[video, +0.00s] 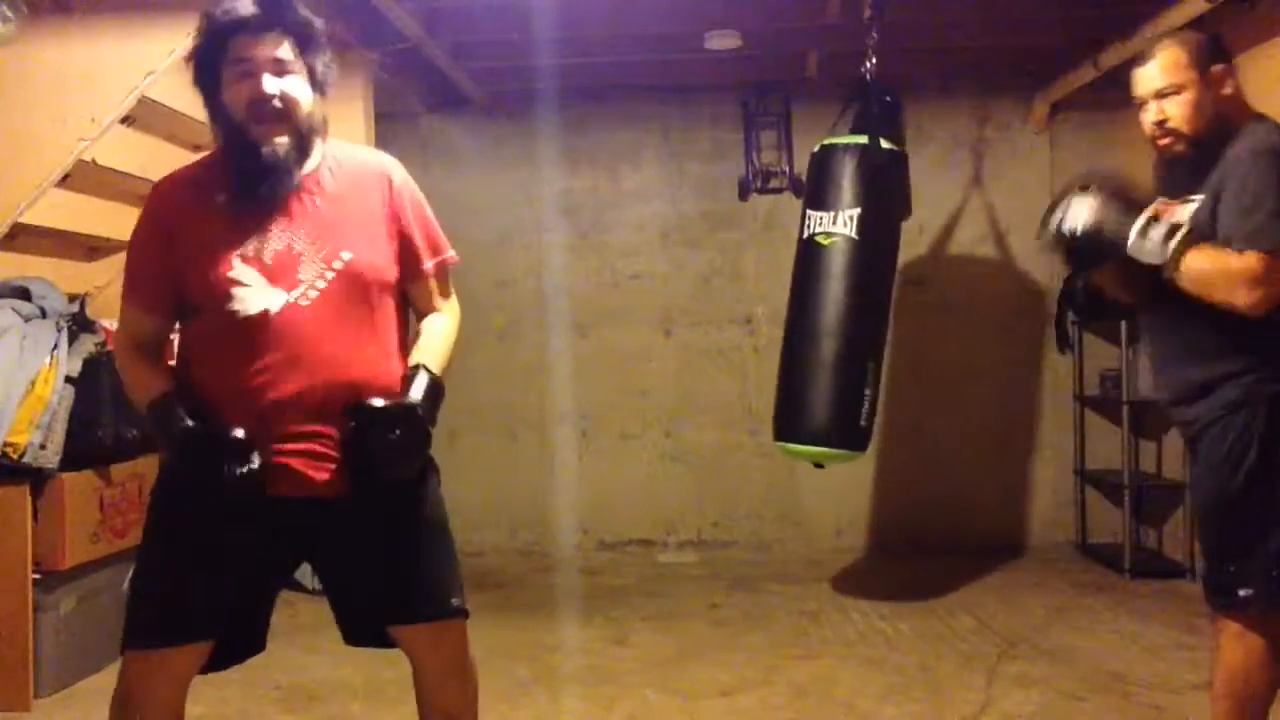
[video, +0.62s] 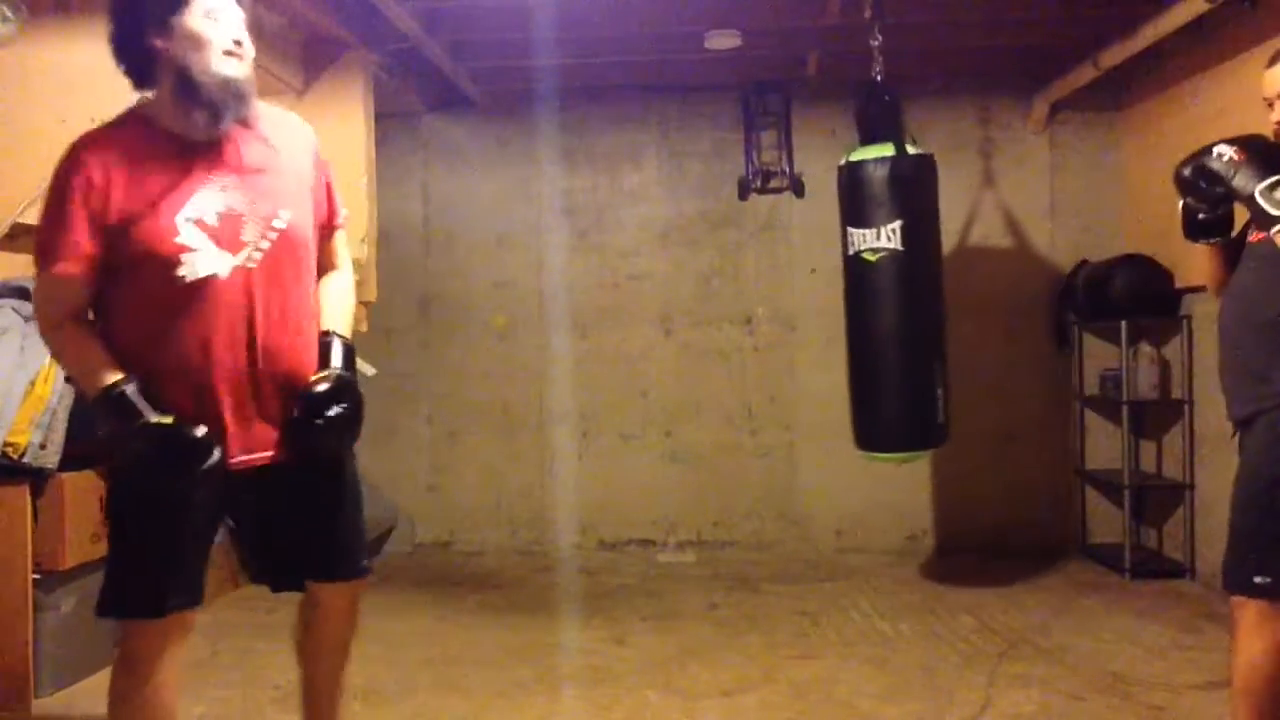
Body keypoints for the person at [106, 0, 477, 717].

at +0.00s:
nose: (267, 87)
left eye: (283, 68)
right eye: (243, 72)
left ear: (317, 82)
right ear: (214, 93)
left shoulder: (380, 179)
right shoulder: (179, 200)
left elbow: (439, 305)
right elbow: (136, 346)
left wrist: (416, 403)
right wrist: (182, 433)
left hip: (373, 470)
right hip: (224, 475)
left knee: (442, 643)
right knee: (154, 667)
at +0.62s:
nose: (242, 36)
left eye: (241, 20)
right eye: (212, 15)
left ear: (251, 41)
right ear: (156, 40)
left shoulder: (295, 142)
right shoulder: (100, 162)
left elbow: (333, 262)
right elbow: (58, 313)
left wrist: (335, 361)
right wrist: (129, 414)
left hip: (296, 437)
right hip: (169, 446)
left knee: (338, 585)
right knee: (153, 633)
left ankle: (323, 715)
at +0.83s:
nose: (311, 49)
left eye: (306, 35)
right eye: (290, 30)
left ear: (253, 51)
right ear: (236, 49)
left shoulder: (327, 157)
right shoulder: (192, 150)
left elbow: (351, 270)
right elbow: (122, 292)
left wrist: (373, 348)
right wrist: (213, 386)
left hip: (321, 442)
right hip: (216, 444)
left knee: (322, 592)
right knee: (191, 634)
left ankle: (306, 717)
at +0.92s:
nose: (332, 58)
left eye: (328, 44)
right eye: (315, 42)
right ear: (263, 56)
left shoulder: (329, 155)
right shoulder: (222, 149)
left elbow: (352, 266)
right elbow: (178, 284)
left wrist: (401, 336)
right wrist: (271, 369)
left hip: (334, 427)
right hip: (239, 433)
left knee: (326, 589)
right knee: (223, 618)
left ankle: (307, 716)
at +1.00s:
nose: (345, 62)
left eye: (342, 47)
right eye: (328, 45)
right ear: (278, 55)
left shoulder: (337, 152)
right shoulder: (246, 138)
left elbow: (374, 267)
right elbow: (226, 264)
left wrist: (437, 320)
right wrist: (336, 329)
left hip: (334, 412)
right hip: (267, 415)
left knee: (322, 588)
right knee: (274, 608)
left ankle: (305, 711)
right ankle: (231, 711)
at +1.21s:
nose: (385, 75)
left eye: (381, 59)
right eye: (371, 55)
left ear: (322, 66)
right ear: (319, 61)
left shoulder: (352, 155)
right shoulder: (301, 140)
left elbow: (432, 236)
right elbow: (372, 238)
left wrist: (528, 251)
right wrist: (515, 252)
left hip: (343, 410)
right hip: (341, 413)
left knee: (309, 582)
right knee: (404, 584)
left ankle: (298, 712)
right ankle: (408, 711)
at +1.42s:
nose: (445, 87)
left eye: (439, 71)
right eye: (431, 70)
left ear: (381, 82)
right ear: (382, 77)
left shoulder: (370, 154)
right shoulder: (374, 154)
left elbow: (499, 230)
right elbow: (479, 227)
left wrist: (626, 220)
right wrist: (616, 225)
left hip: (376, 427)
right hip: (425, 423)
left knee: (363, 589)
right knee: (494, 589)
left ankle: (311, 713)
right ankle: (528, 710)